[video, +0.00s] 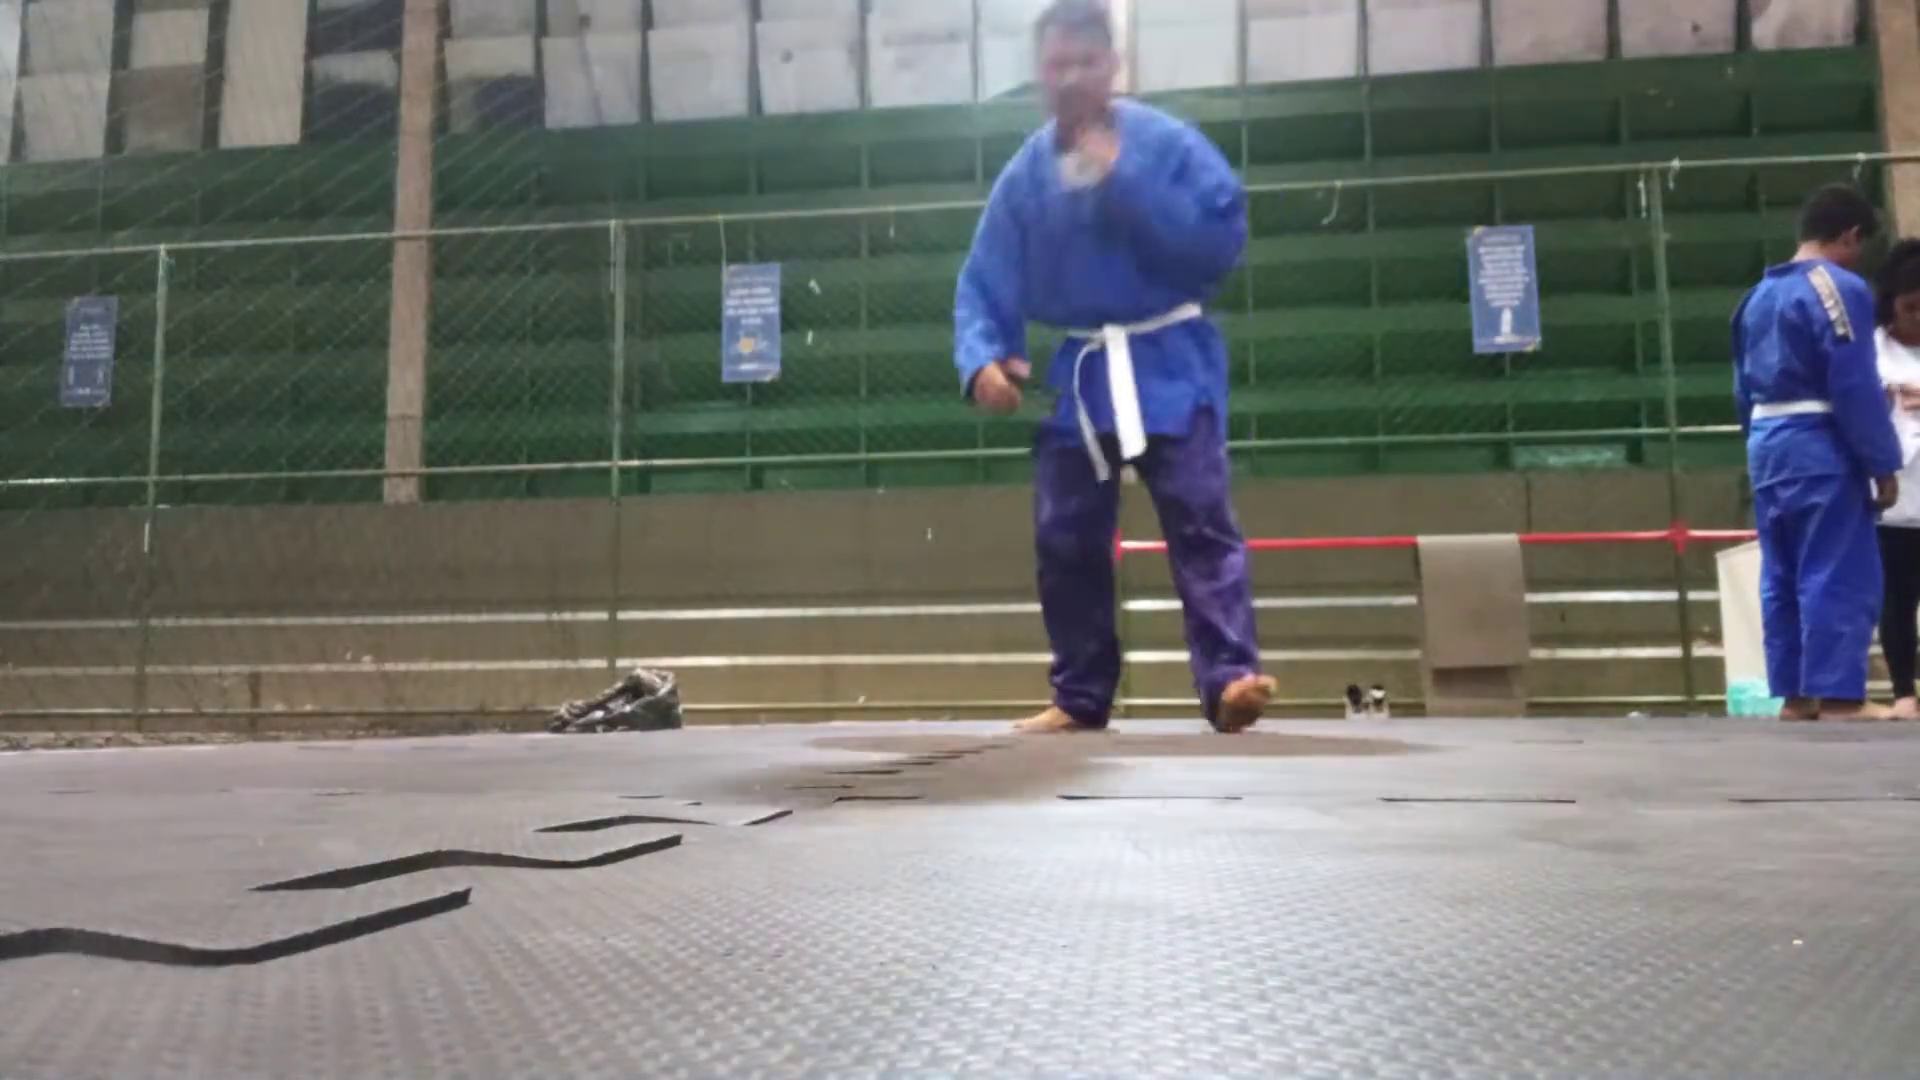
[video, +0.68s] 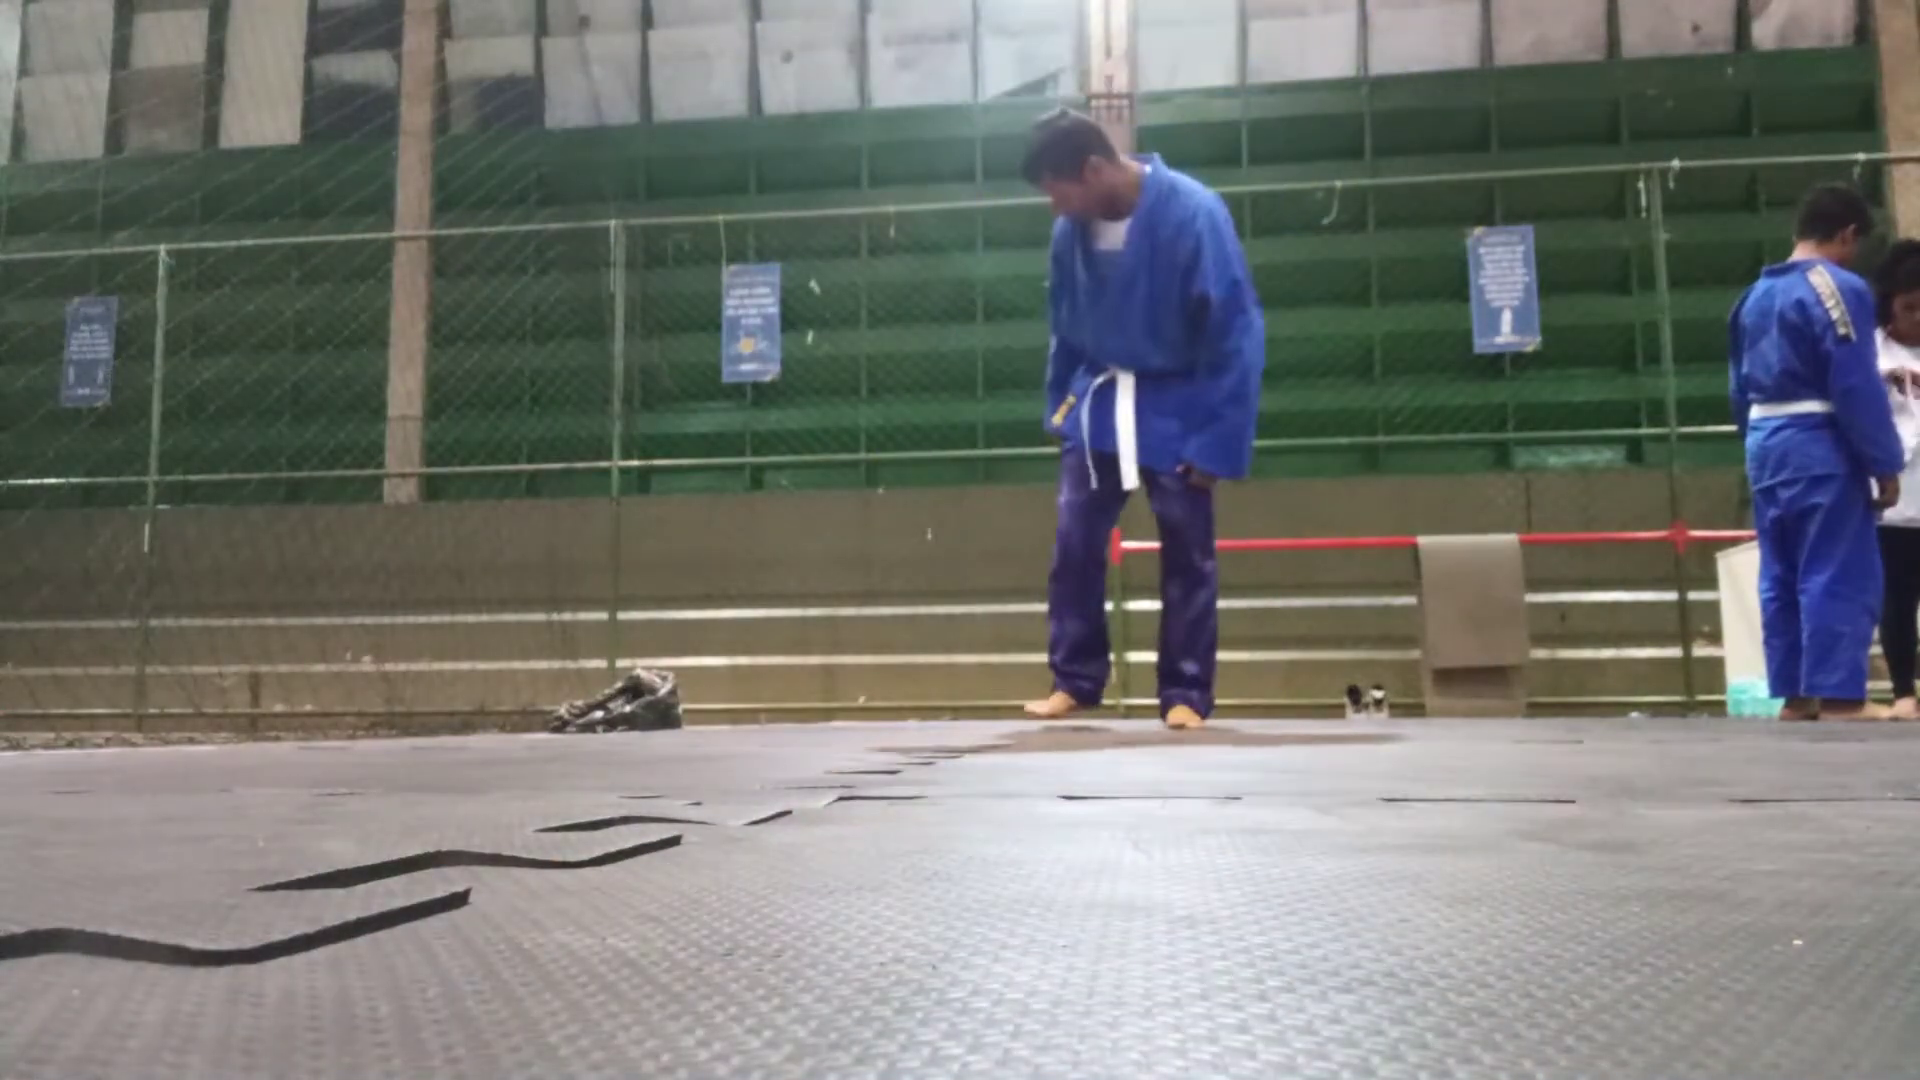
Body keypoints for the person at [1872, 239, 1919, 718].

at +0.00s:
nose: (1916, 316)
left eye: (1919, 306)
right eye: (1909, 306)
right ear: (1890, 305)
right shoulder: (1872, 347)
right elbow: (1852, 398)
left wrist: (1909, 395)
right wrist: (1890, 395)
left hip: (1914, 494)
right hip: (1894, 495)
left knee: (1907, 602)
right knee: (1899, 602)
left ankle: (1908, 689)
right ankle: (1904, 690)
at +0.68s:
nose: (1915, 317)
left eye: (1918, 307)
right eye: (1908, 307)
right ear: (1889, 307)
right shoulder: (1871, 348)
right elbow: (1846, 399)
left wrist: (1901, 382)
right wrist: (1880, 382)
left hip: (1914, 498)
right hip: (1893, 498)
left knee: (1907, 604)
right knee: (1898, 603)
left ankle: (1908, 689)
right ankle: (1904, 690)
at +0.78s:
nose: (1914, 316)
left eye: (1918, 307)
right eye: (1908, 307)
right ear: (1889, 307)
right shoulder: (1870, 351)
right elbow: (1853, 412)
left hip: (1914, 496)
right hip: (1893, 497)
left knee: (1906, 603)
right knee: (1898, 603)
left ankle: (1908, 688)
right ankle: (1904, 689)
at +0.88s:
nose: (1914, 317)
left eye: (1918, 307)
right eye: (1907, 307)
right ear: (1889, 307)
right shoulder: (1871, 349)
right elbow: (1855, 414)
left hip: (1914, 496)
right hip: (1893, 497)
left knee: (1907, 603)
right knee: (1898, 603)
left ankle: (1908, 688)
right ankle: (1904, 690)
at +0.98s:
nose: (1915, 317)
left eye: (1918, 307)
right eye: (1908, 307)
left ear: (1919, 307)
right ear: (1889, 307)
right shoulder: (1871, 349)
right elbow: (1853, 411)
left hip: (1913, 498)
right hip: (1893, 498)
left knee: (1906, 604)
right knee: (1898, 604)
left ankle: (1908, 689)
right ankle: (1904, 690)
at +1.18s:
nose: (1915, 316)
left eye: (1918, 307)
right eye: (1908, 307)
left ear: (1919, 307)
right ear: (1889, 307)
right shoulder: (1870, 351)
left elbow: (1862, 419)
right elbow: (1856, 417)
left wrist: (1875, 466)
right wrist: (1872, 469)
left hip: (1912, 499)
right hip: (1893, 499)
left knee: (1906, 605)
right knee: (1898, 604)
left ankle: (1908, 688)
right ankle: (1904, 689)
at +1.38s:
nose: (1914, 316)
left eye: (1917, 307)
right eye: (1907, 306)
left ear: (1919, 307)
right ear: (1888, 306)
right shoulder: (1871, 349)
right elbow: (1840, 394)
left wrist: (1910, 383)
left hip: (1913, 495)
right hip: (1893, 495)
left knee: (1906, 604)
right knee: (1898, 603)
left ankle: (1908, 688)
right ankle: (1904, 690)